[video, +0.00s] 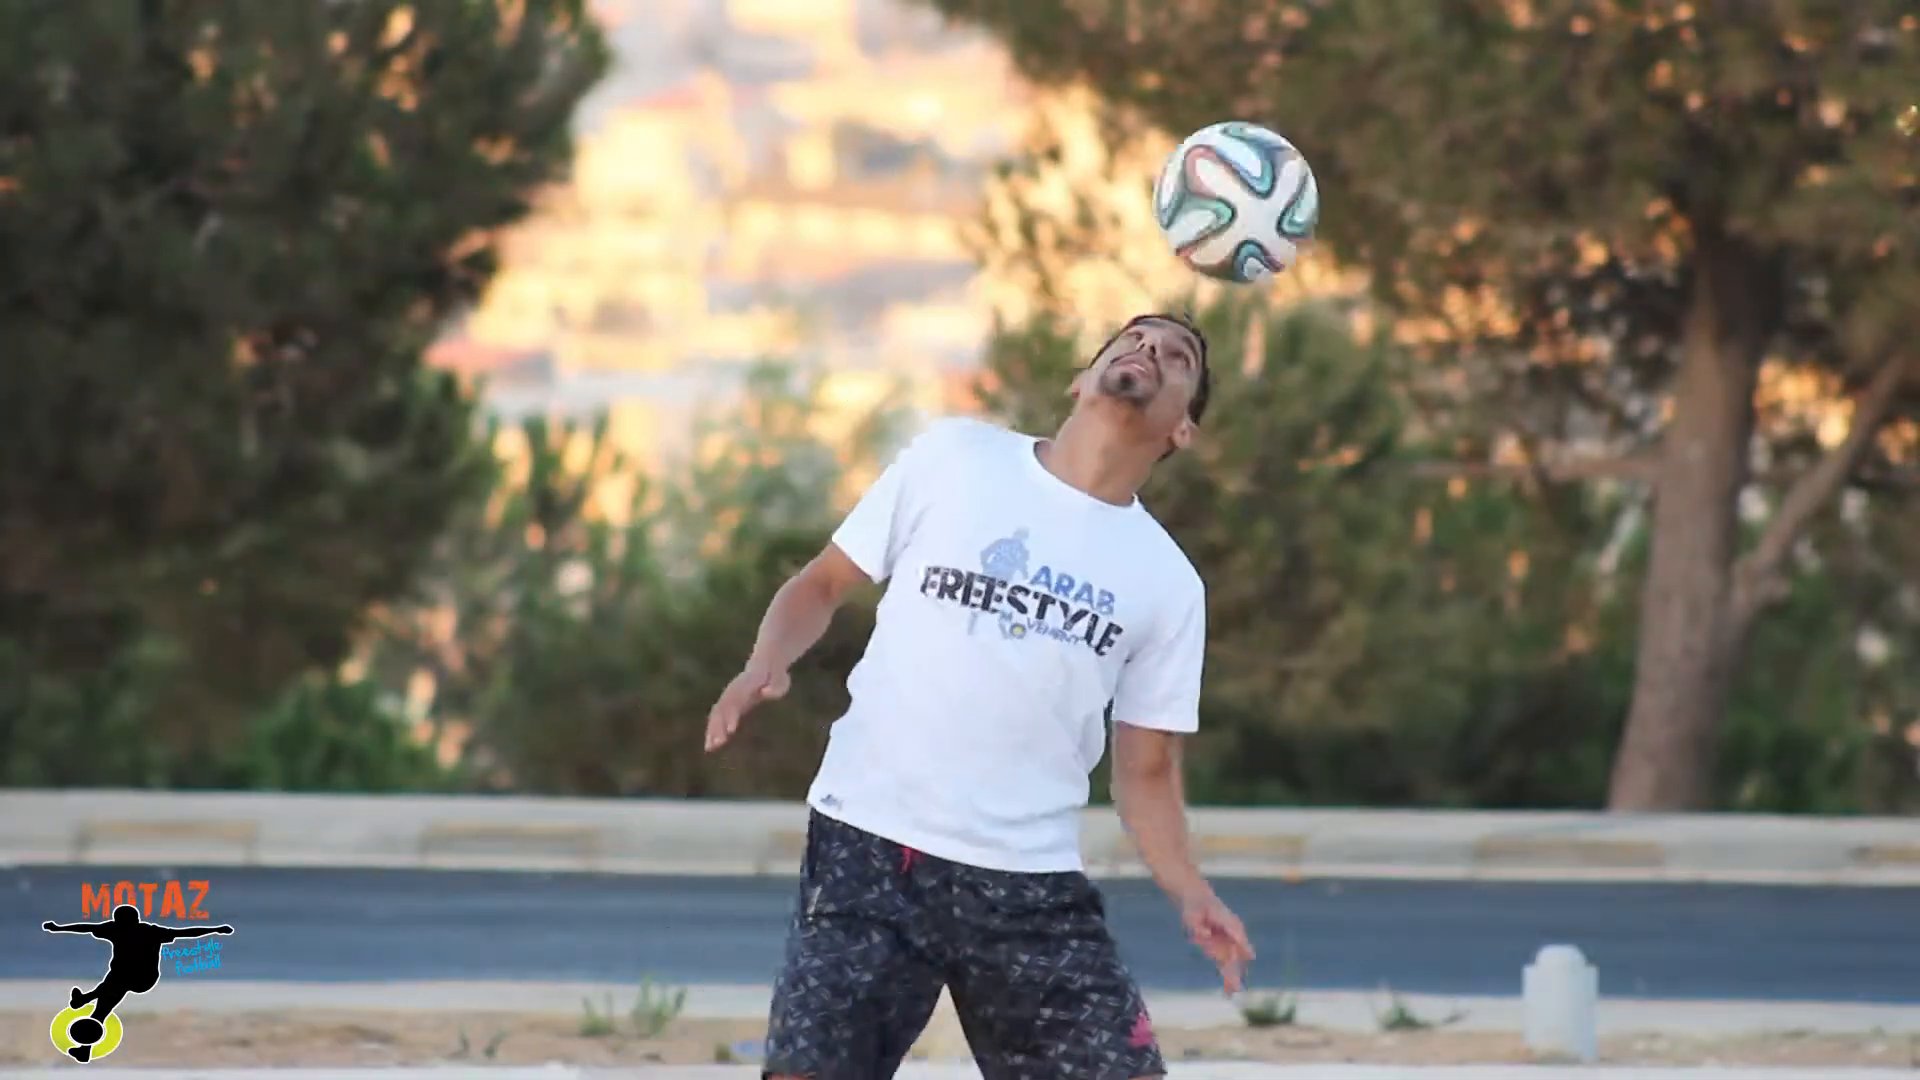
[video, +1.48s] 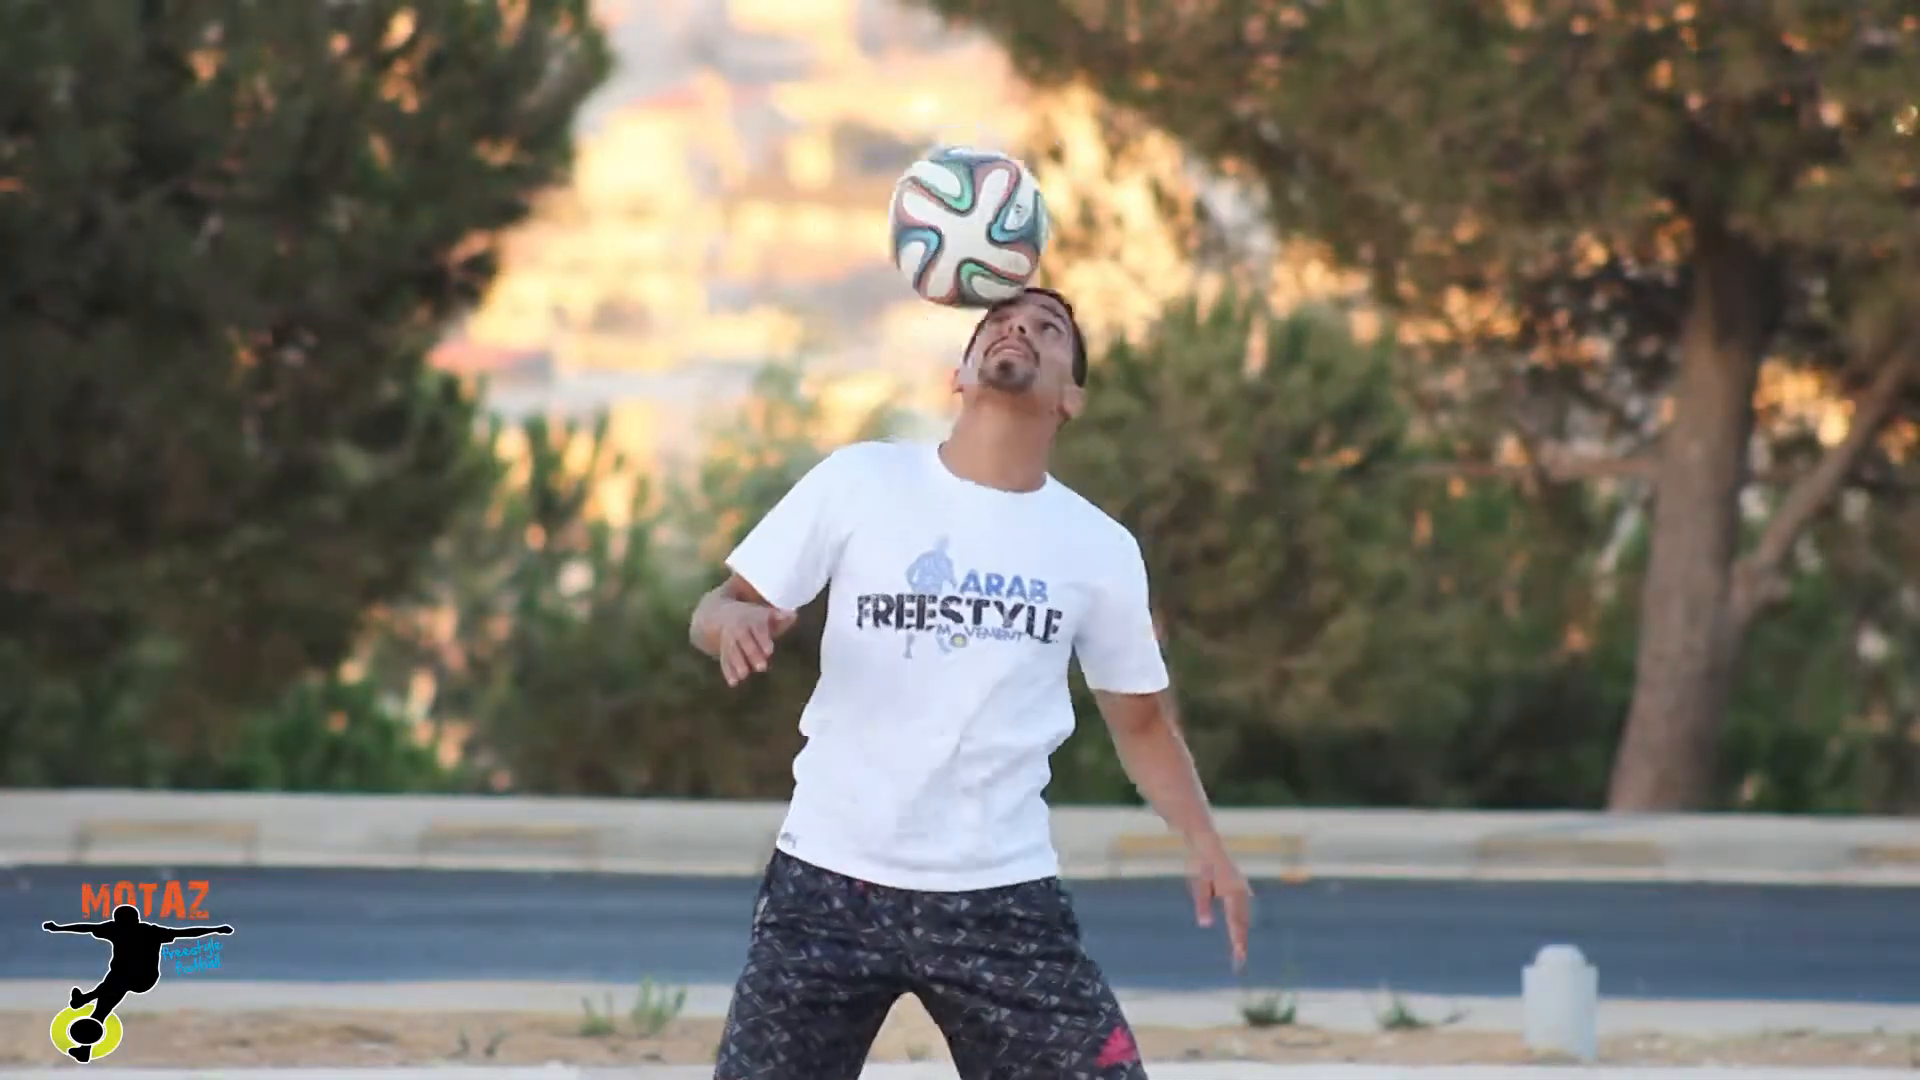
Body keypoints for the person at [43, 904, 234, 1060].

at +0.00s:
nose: (117, 926)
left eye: (117, 922)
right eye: (120, 923)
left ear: (117, 920)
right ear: (137, 918)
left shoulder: (113, 929)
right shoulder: (154, 931)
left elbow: (85, 928)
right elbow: (186, 932)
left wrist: (58, 928)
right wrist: (216, 929)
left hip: (122, 977)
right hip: (148, 981)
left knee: (102, 1010)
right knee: (114, 976)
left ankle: (85, 1048)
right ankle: (83, 999)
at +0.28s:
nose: (118, 926)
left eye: (117, 922)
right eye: (120, 923)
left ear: (117, 920)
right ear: (137, 918)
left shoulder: (113, 929)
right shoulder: (154, 931)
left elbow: (85, 928)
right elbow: (186, 932)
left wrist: (58, 928)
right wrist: (216, 929)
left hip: (122, 977)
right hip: (148, 981)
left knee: (102, 1010)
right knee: (114, 976)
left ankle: (85, 1048)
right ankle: (83, 999)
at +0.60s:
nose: (117, 926)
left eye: (117, 922)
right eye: (119, 923)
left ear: (117, 920)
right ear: (137, 918)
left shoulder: (113, 929)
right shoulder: (154, 931)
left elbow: (86, 928)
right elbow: (187, 933)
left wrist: (58, 927)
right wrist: (216, 929)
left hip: (121, 978)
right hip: (148, 981)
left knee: (102, 1010)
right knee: (113, 978)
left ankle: (85, 1048)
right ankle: (83, 999)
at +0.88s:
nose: (118, 926)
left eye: (117, 922)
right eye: (120, 923)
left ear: (117, 920)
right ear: (137, 918)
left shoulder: (113, 929)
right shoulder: (154, 931)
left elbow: (85, 928)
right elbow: (186, 932)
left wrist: (58, 928)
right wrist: (216, 929)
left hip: (122, 978)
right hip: (148, 981)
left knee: (102, 1010)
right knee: (114, 976)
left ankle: (85, 1048)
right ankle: (83, 999)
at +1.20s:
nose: (118, 926)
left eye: (118, 922)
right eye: (120, 923)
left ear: (117, 920)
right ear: (137, 918)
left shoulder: (113, 929)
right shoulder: (154, 931)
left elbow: (85, 928)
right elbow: (186, 932)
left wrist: (58, 928)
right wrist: (216, 929)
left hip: (122, 977)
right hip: (148, 981)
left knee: (102, 1010)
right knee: (114, 976)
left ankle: (85, 1048)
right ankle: (83, 999)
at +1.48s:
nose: (118, 926)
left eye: (118, 922)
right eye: (120, 923)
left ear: (117, 920)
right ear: (137, 918)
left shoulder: (113, 929)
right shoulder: (154, 931)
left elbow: (85, 928)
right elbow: (186, 932)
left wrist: (58, 928)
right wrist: (216, 929)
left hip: (122, 977)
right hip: (148, 981)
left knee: (102, 1010)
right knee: (114, 976)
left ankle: (85, 1048)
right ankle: (83, 999)